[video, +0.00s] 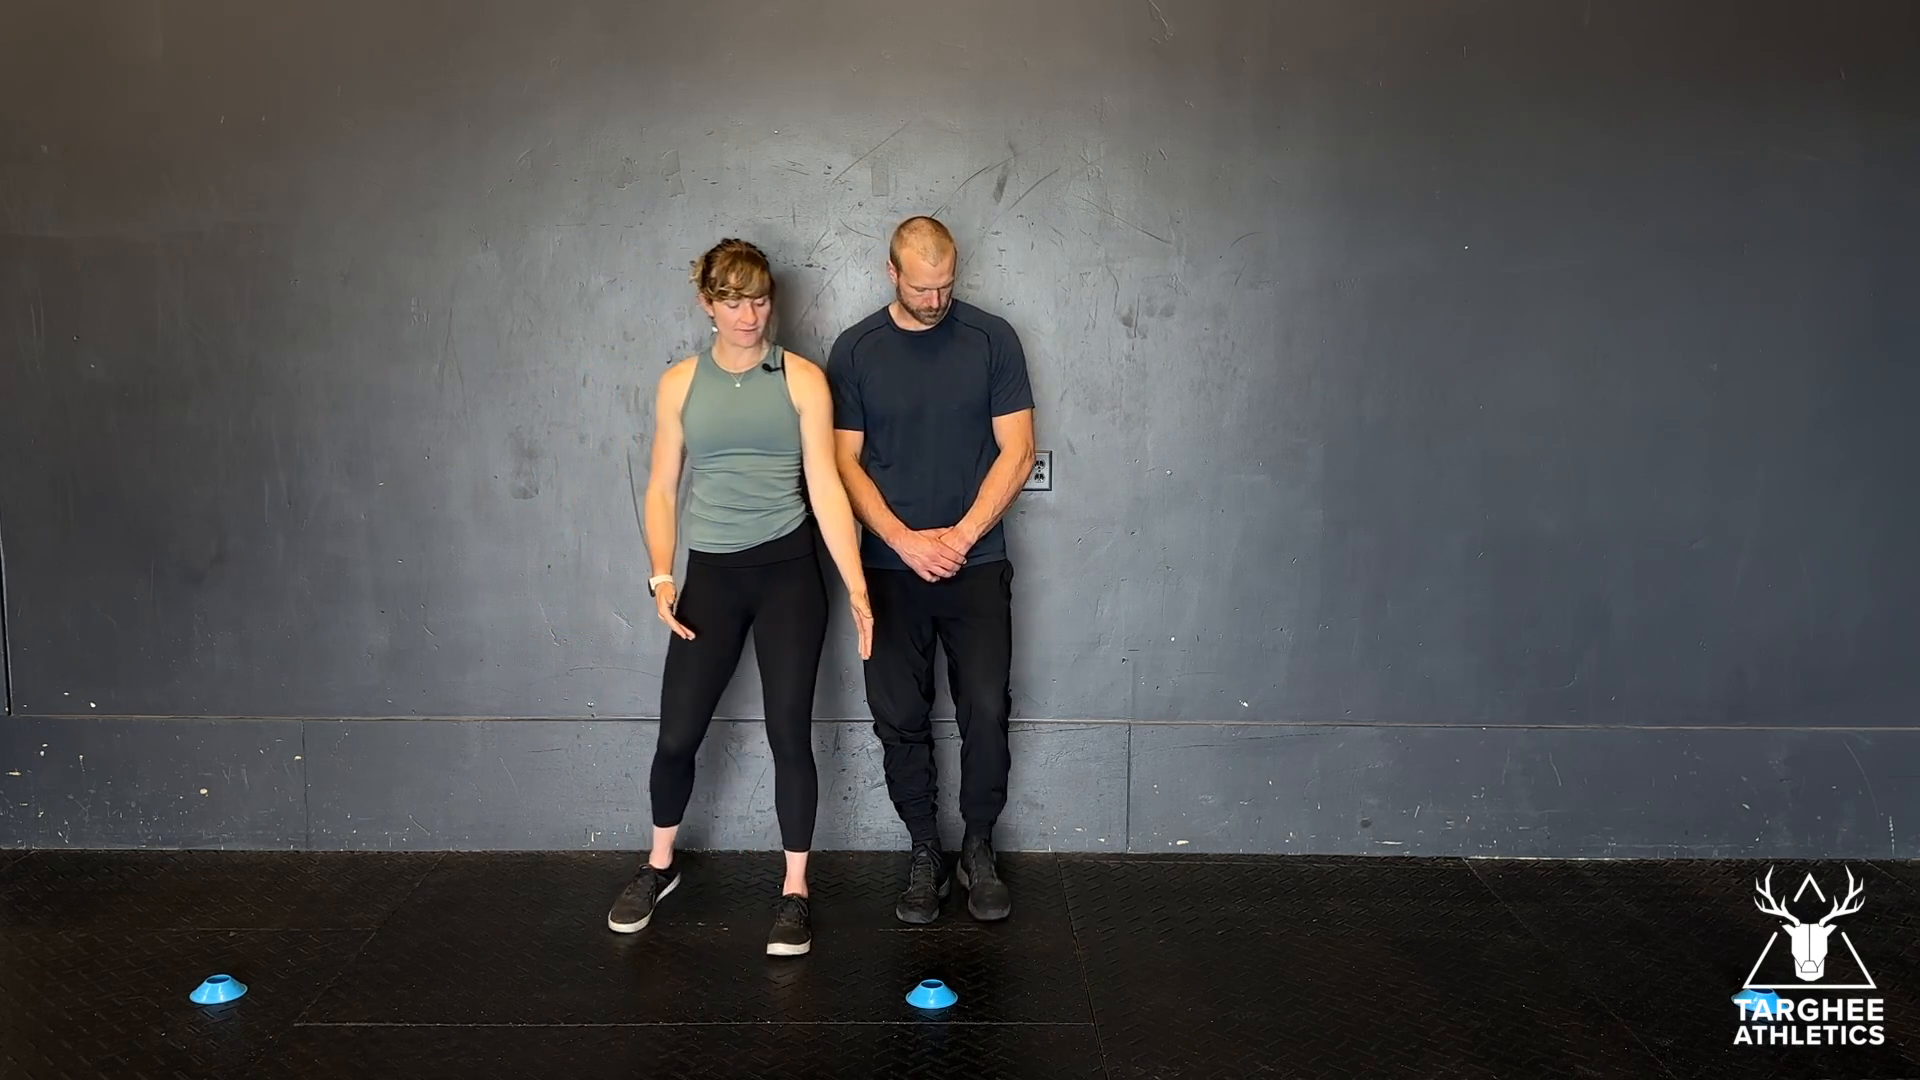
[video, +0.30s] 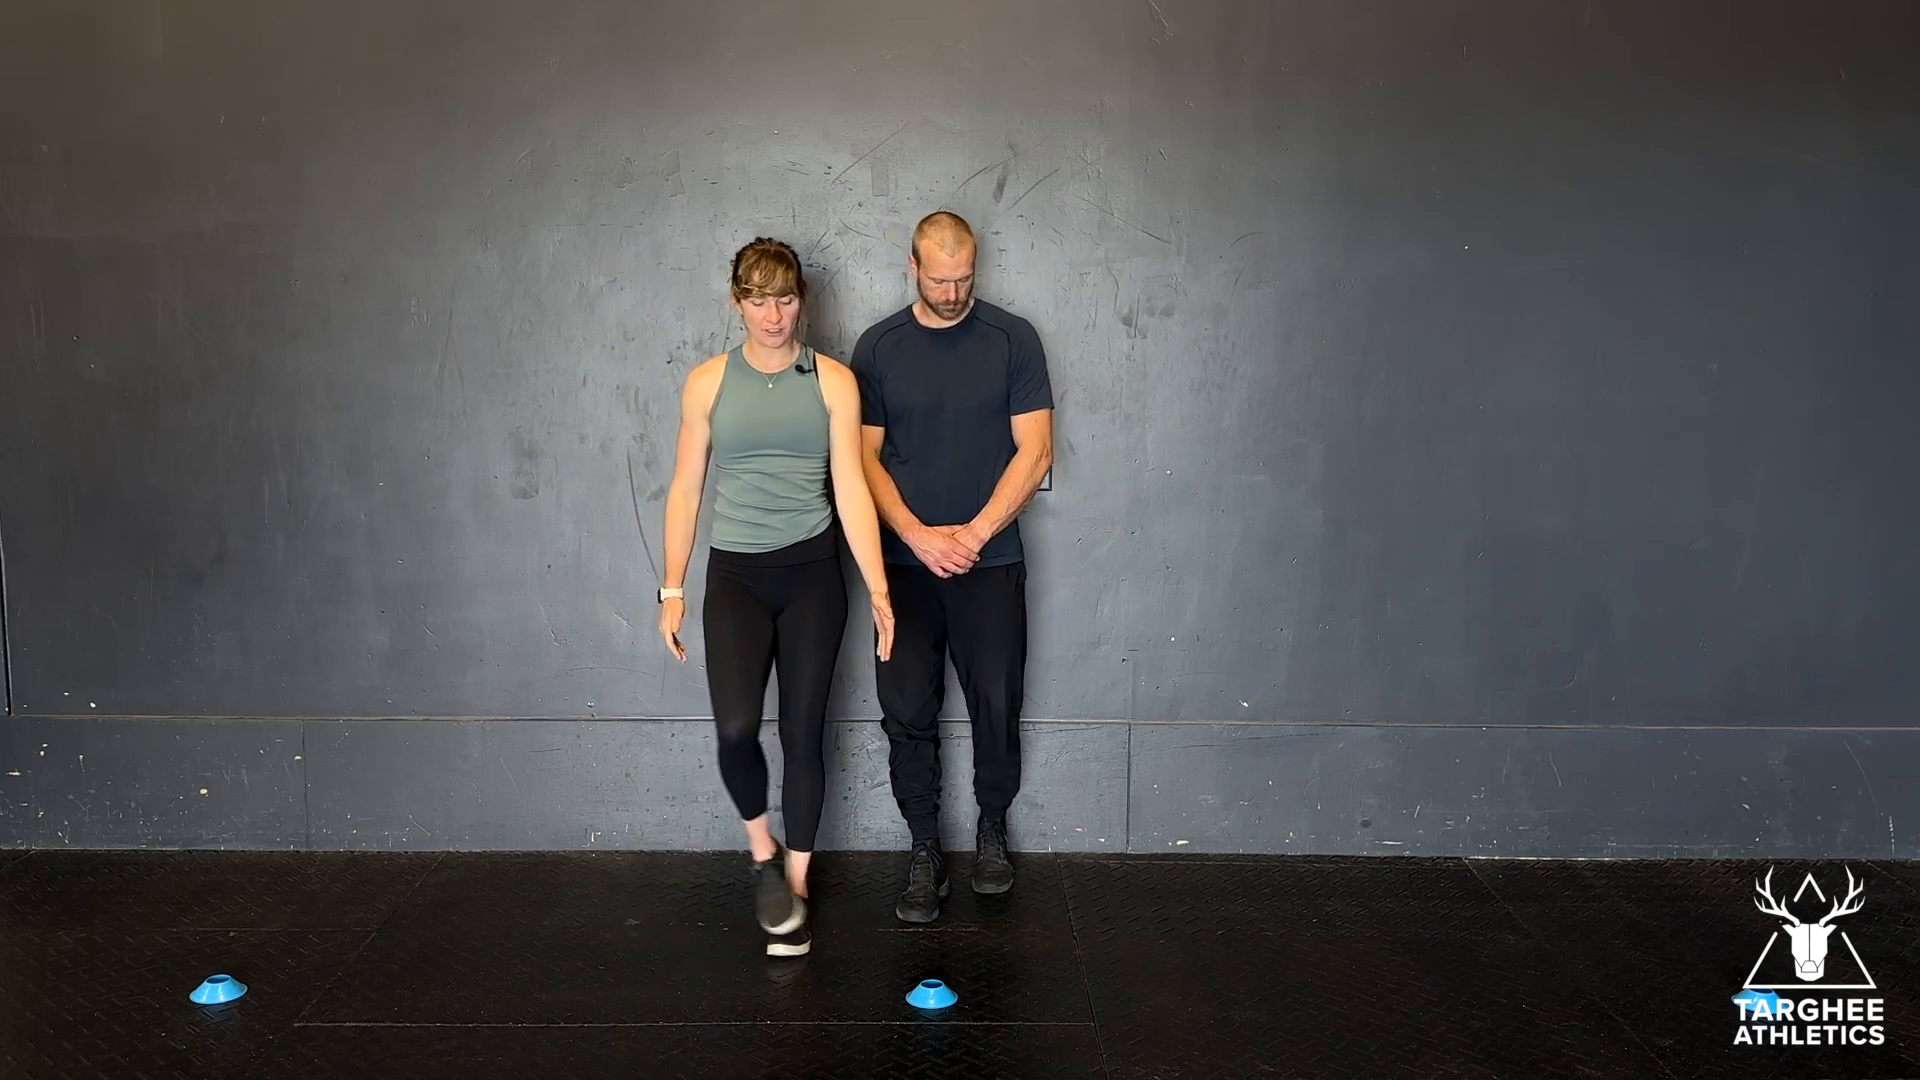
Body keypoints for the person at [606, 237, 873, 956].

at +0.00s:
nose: (747, 313)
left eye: (757, 299)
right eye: (732, 301)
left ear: (771, 302)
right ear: (708, 305)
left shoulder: (803, 380)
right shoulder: (680, 383)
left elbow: (826, 489)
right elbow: (663, 487)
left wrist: (856, 587)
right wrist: (662, 573)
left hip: (791, 570)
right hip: (710, 572)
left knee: (788, 733)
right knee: (675, 739)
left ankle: (795, 889)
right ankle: (660, 861)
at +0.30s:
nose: (773, 311)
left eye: (785, 297)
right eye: (759, 298)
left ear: (800, 300)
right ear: (738, 304)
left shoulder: (833, 381)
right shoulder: (707, 383)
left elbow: (852, 494)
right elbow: (685, 488)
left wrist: (881, 595)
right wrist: (673, 587)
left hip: (815, 574)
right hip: (735, 577)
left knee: (803, 731)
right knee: (735, 730)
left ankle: (796, 889)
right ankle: (764, 853)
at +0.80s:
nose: (751, 311)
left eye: (765, 298)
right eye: (747, 298)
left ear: (805, 302)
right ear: (746, 304)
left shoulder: (847, 388)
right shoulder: (727, 373)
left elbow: (864, 504)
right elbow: (688, 476)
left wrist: (876, 600)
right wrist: (647, 564)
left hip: (805, 574)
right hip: (725, 572)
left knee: (794, 737)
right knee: (676, 724)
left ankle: (793, 891)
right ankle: (671, 886)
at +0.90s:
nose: (744, 311)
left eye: (756, 298)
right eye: (741, 298)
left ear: (798, 301)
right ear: (744, 303)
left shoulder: (842, 387)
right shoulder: (723, 377)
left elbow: (860, 502)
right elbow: (674, 477)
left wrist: (872, 603)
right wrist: (618, 561)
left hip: (799, 575)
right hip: (719, 572)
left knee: (792, 734)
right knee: (652, 722)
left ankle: (795, 889)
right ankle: (620, 880)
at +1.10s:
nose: (723, 311)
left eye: (735, 298)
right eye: (718, 298)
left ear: (776, 300)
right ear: (720, 305)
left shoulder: (818, 389)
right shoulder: (701, 377)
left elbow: (840, 503)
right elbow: (637, 472)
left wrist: (853, 604)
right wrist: (564, 555)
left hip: (770, 575)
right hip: (693, 572)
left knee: (778, 739)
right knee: (621, 716)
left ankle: (793, 890)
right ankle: (548, 865)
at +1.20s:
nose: (699, 312)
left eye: (712, 299)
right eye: (696, 300)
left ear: (755, 303)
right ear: (699, 307)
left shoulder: (796, 391)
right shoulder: (681, 379)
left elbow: (823, 504)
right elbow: (618, 474)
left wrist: (835, 608)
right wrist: (542, 557)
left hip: (748, 578)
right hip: (671, 574)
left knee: (762, 738)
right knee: (598, 712)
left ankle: (791, 891)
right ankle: (518, 862)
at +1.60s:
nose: (576, 309)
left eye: (589, 295)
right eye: (564, 296)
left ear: (615, 301)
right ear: (552, 306)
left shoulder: (650, 389)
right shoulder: (528, 383)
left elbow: (670, 504)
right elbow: (482, 487)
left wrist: (680, 610)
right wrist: (422, 581)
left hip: (608, 580)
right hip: (528, 580)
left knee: (667, 739)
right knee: (510, 736)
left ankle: (744, 888)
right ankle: (504, 890)